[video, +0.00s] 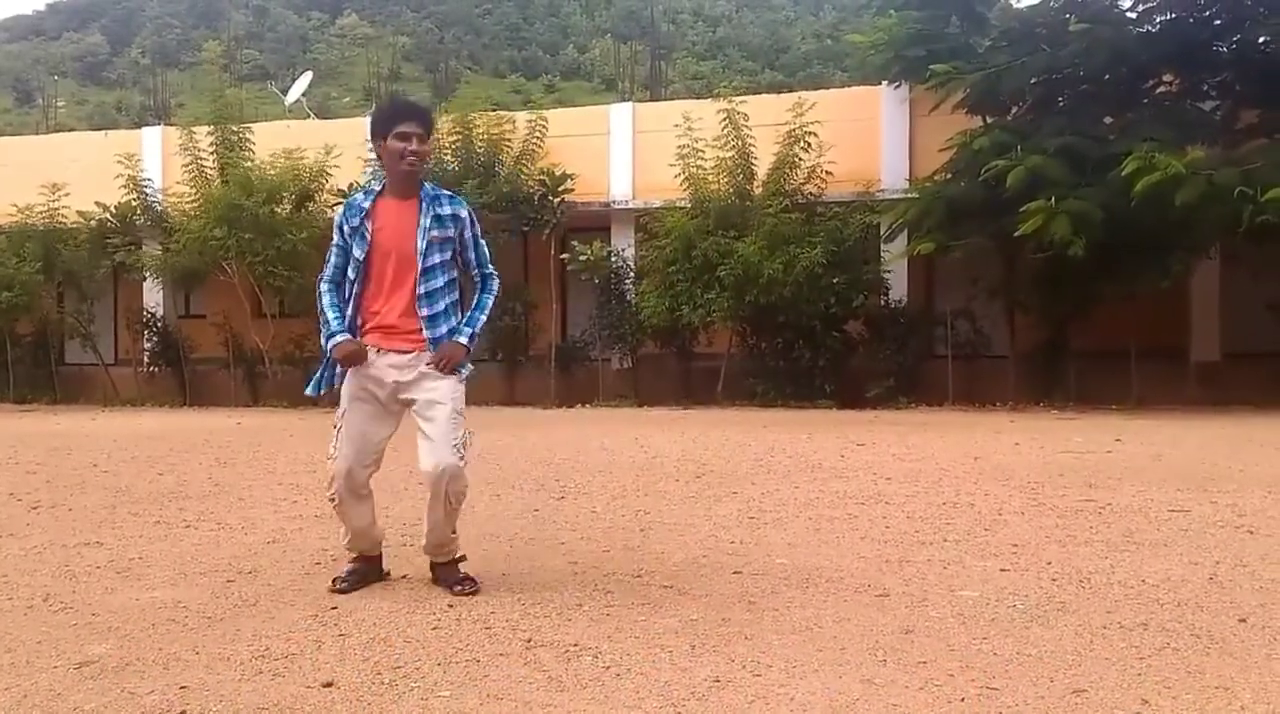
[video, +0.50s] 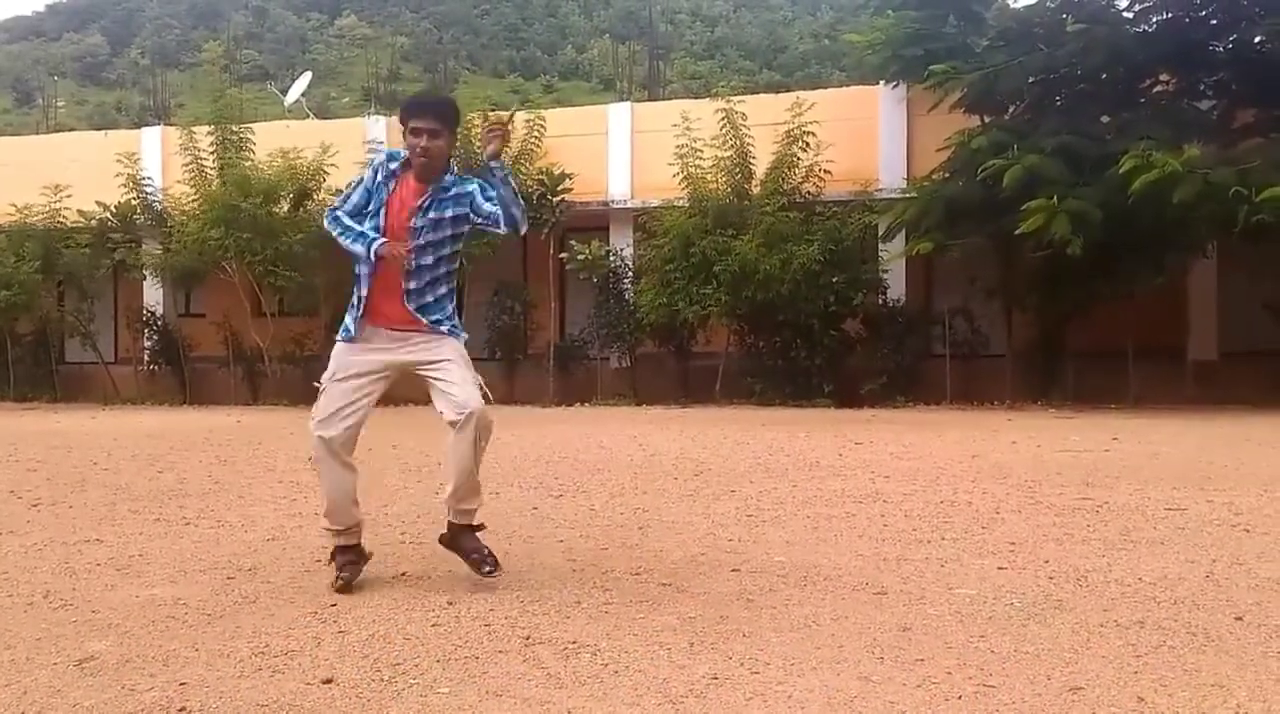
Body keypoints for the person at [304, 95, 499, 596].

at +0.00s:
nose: (412, 148)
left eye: (420, 139)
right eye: (400, 139)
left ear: (430, 147)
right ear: (378, 147)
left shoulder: (453, 210)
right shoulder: (355, 211)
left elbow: (488, 280)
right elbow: (331, 281)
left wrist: (464, 339)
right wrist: (337, 335)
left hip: (437, 363)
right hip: (369, 362)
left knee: (445, 468)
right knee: (347, 471)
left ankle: (444, 560)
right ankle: (366, 558)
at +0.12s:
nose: (412, 138)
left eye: (418, 130)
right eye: (401, 129)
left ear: (423, 140)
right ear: (373, 136)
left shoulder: (444, 191)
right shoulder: (347, 196)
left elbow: (495, 246)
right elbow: (318, 262)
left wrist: (466, 304)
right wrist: (338, 292)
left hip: (435, 351)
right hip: (371, 353)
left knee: (437, 454)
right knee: (339, 454)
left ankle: (448, 559)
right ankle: (366, 548)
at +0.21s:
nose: (400, 142)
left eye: (408, 134)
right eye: (390, 132)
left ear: (415, 142)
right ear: (364, 138)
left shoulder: (439, 189)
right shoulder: (342, 195)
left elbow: (488, 245)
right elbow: (325, 269)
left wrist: (450, 292)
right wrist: (354, 284)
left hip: (432, 349)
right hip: (370, 350)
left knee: (424, 447)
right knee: (346, 449)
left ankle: (445, 554)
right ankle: (360, 551)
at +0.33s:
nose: (376, 176)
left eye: (388, 169)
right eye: (368, 166)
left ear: (402, 180)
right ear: (352, 174)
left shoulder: (423, 228)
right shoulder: (340, 223)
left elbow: (414, 290)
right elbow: (370, 285)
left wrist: (361, 307)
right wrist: (428, 255)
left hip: (435, 364)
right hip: (376, 366)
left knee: (431, 456)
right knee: (365, 470)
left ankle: (435, 558)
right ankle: (368, 559)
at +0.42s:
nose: (393, 173)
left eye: (404, 166)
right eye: (385, 163)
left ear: (419, 174)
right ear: (371, 166)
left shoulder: (434, 223)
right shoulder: (360, 206)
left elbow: (449, 294)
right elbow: (344, 265)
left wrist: (400, 251)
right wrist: (423, 250)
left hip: (436, 364)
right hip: (372, 366)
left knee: (458, 434)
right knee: (351, 465)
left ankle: (444, 538)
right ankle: (366, 557)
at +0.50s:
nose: (420, 145)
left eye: (432, 136)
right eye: (413, 135)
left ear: (453, 142)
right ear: (403, 136)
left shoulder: (464, 190)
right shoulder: (383, 171)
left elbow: (513, 223)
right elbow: (337, 217)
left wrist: (495, 163)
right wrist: (372, 243)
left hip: (434, 333)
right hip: (366, 332)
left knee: (471, 412)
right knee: (328, 431)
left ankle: (462, 527)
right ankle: (347, 545)